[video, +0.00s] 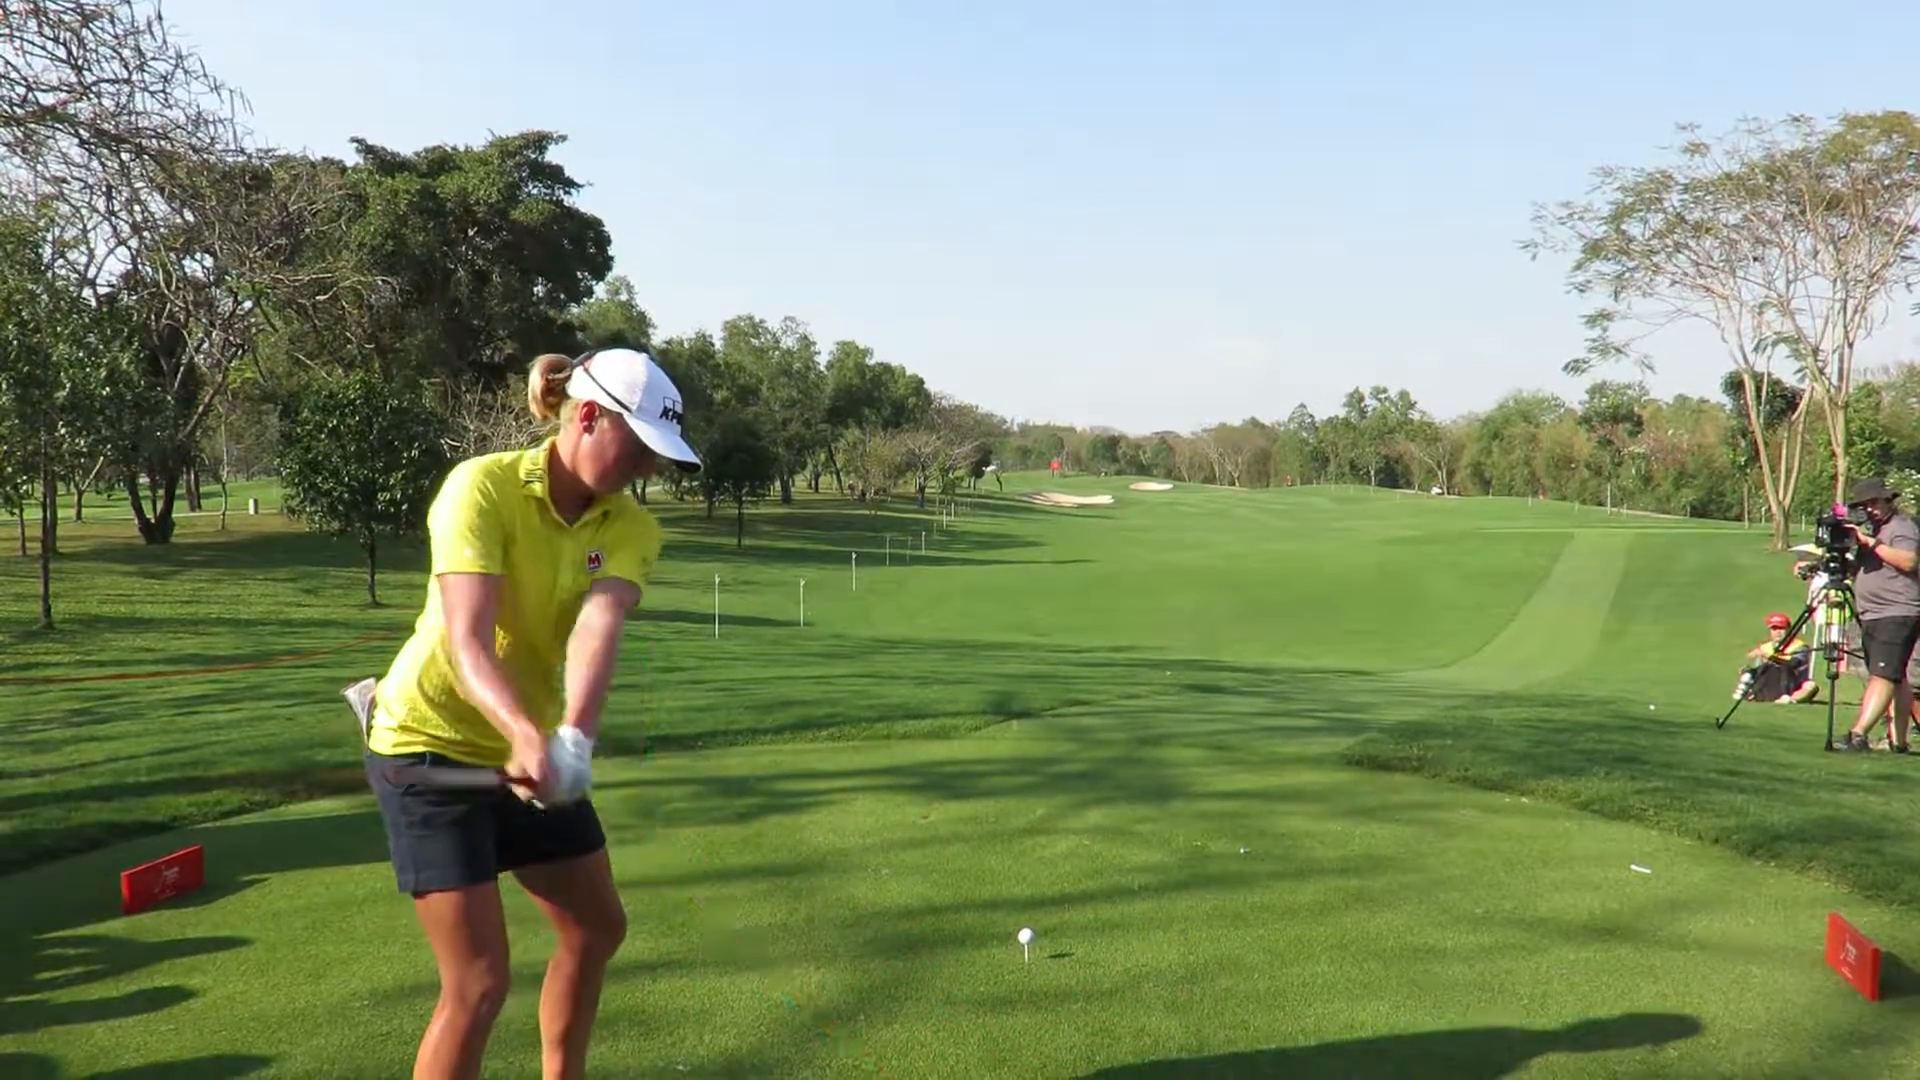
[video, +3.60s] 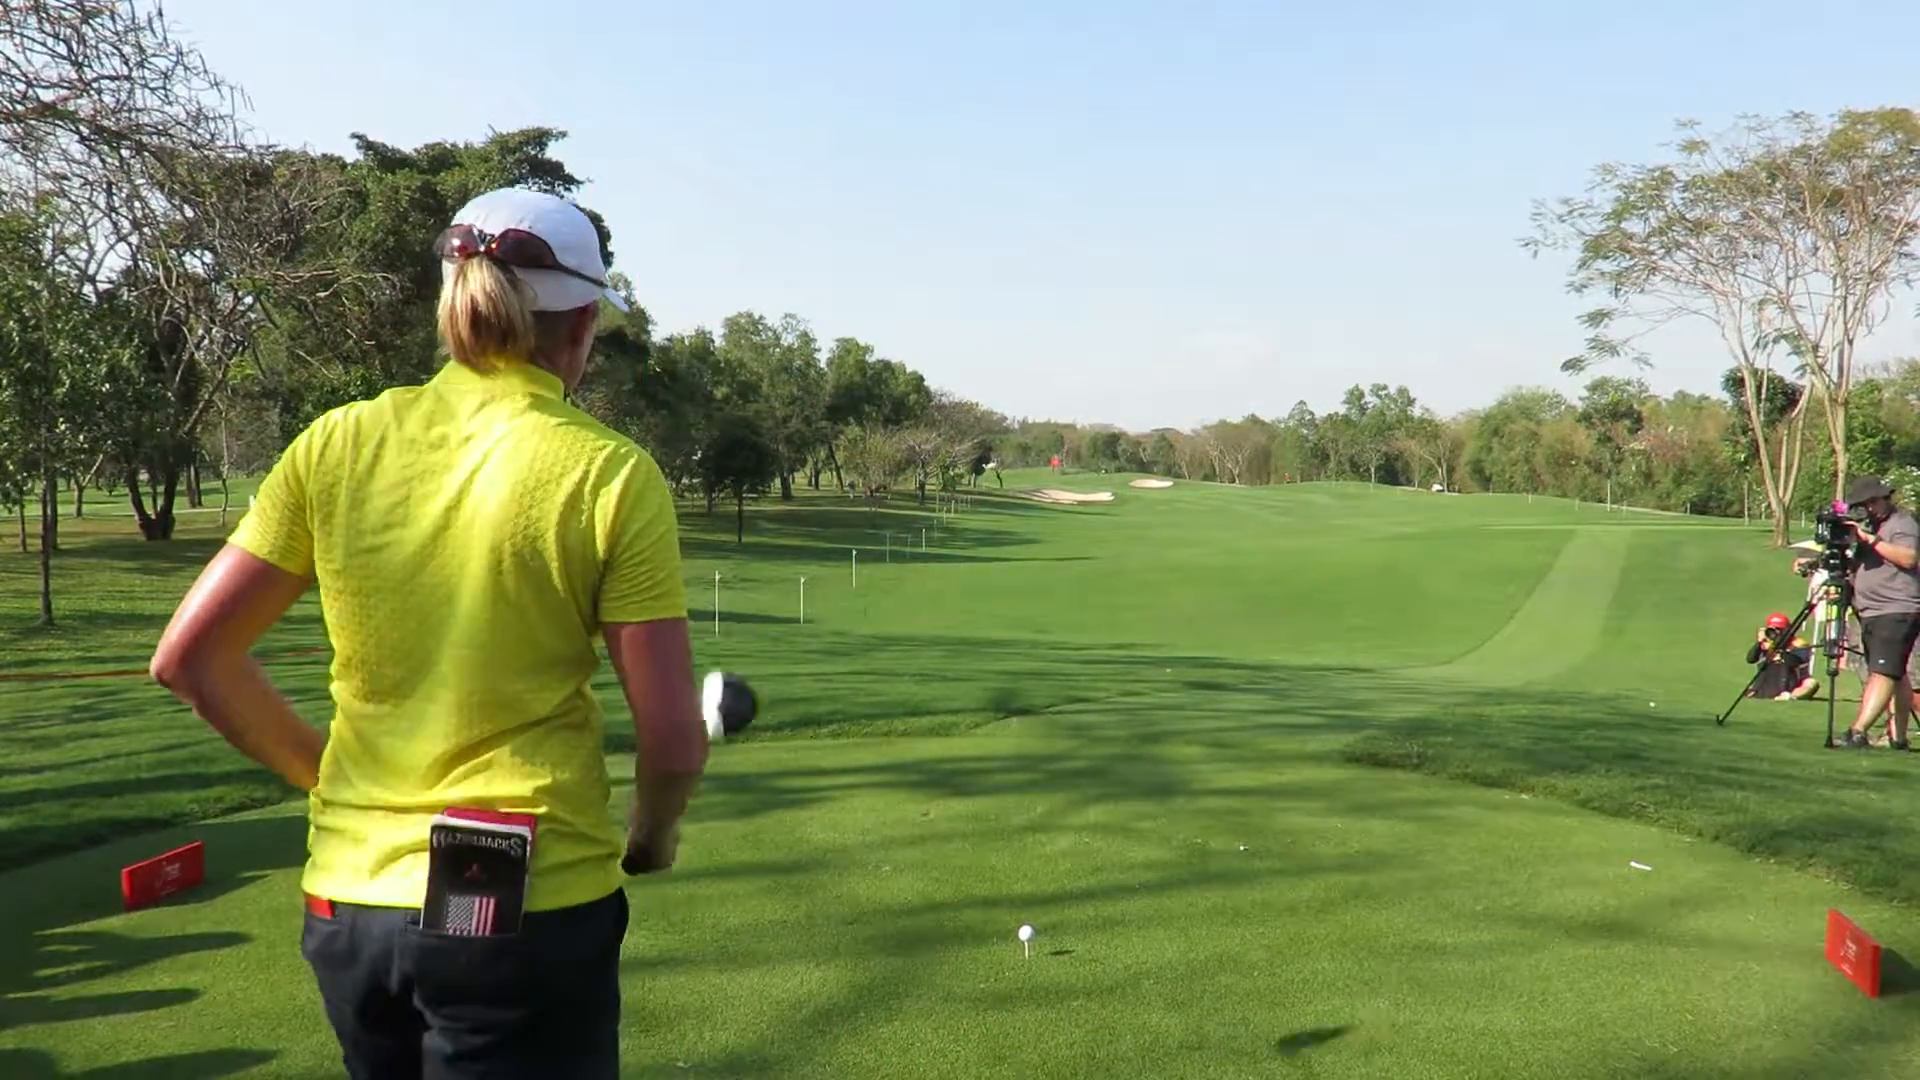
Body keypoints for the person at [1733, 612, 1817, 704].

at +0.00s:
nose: (1777, 632)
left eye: (1781, 629)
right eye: (1774, 629)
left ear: (1788, 630)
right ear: (1769, 631)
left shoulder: (1799, 647)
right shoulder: (1765, 647)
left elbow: (1794, 663)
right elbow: (1750, 657)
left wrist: (1771, 657)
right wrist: (1759, 655)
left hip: (1788, 680)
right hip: (1766, 677)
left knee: (1812, 686)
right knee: (1747, 672)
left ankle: (1791, 699)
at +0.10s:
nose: (1778, 631)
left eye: (1782, 627)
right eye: (1774, 628)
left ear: (1789, 629)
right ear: (1770, 630)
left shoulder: (1800, 646)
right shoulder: (1766, 646)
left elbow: (1794, 662)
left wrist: (1771, 656)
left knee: (1812, 684)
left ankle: (1791, 699)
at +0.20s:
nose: (1778, 631)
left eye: (1782, 627)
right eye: (1775, 627)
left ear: (1789, 629)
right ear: (1770, 630)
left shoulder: (1799, 645)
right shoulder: (1764, 646)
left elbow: (1794, 661)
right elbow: (1754, 672)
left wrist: (1774, 656)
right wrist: (1762, 657)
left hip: (1789, 686)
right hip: (1766, 685)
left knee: (1812, 684)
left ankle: (1790, 698)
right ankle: (1732, 667)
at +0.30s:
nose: (1778, 629)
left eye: (1781, 625)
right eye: (1774, 625)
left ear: (1789, 626)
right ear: (1770, 627)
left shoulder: (1800, 643)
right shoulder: (1765, 643)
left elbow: (1794, 660)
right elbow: (1752, 668)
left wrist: (1771, 654)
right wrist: (1755, 654)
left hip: (1791, 682)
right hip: (1769, 680)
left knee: (1812, 682)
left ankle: (1792, 696)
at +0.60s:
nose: (1779, 624)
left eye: (1783, 620)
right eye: (1776, 621)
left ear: (1789, 622)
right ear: (1771, 622)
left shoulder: (1799, 638)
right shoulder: (1768, 636)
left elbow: (1798, 654)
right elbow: (1748, 657)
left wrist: (1775, 647)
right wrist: (1756, 640)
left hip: (1793, 674)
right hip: (1769, 671)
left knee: (1812, 678)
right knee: (1750, 687)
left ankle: (1791, 692)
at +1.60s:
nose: (1773, 632)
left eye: (1777, 628)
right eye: (1770, 628)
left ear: (1785, 627)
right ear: (1767, 628)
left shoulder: (1799, 642)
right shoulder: (1768, 641)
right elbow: (1749, 656)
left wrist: (1784, 654)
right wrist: (1758, 640)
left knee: (1812, 680)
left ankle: (1792, 693)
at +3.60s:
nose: (1775, 635)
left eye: (1779, 631)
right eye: (1771, 632)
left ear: (1787, 631)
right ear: (1767, 632)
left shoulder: (1799, 644)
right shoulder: (1767, 645)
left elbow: (1797, 661)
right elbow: (1750, 659)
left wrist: (1781, 654)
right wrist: (1759, 643)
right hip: (1768, 681)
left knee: (1812, 683)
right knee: (1749, 691)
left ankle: (1791, 696)